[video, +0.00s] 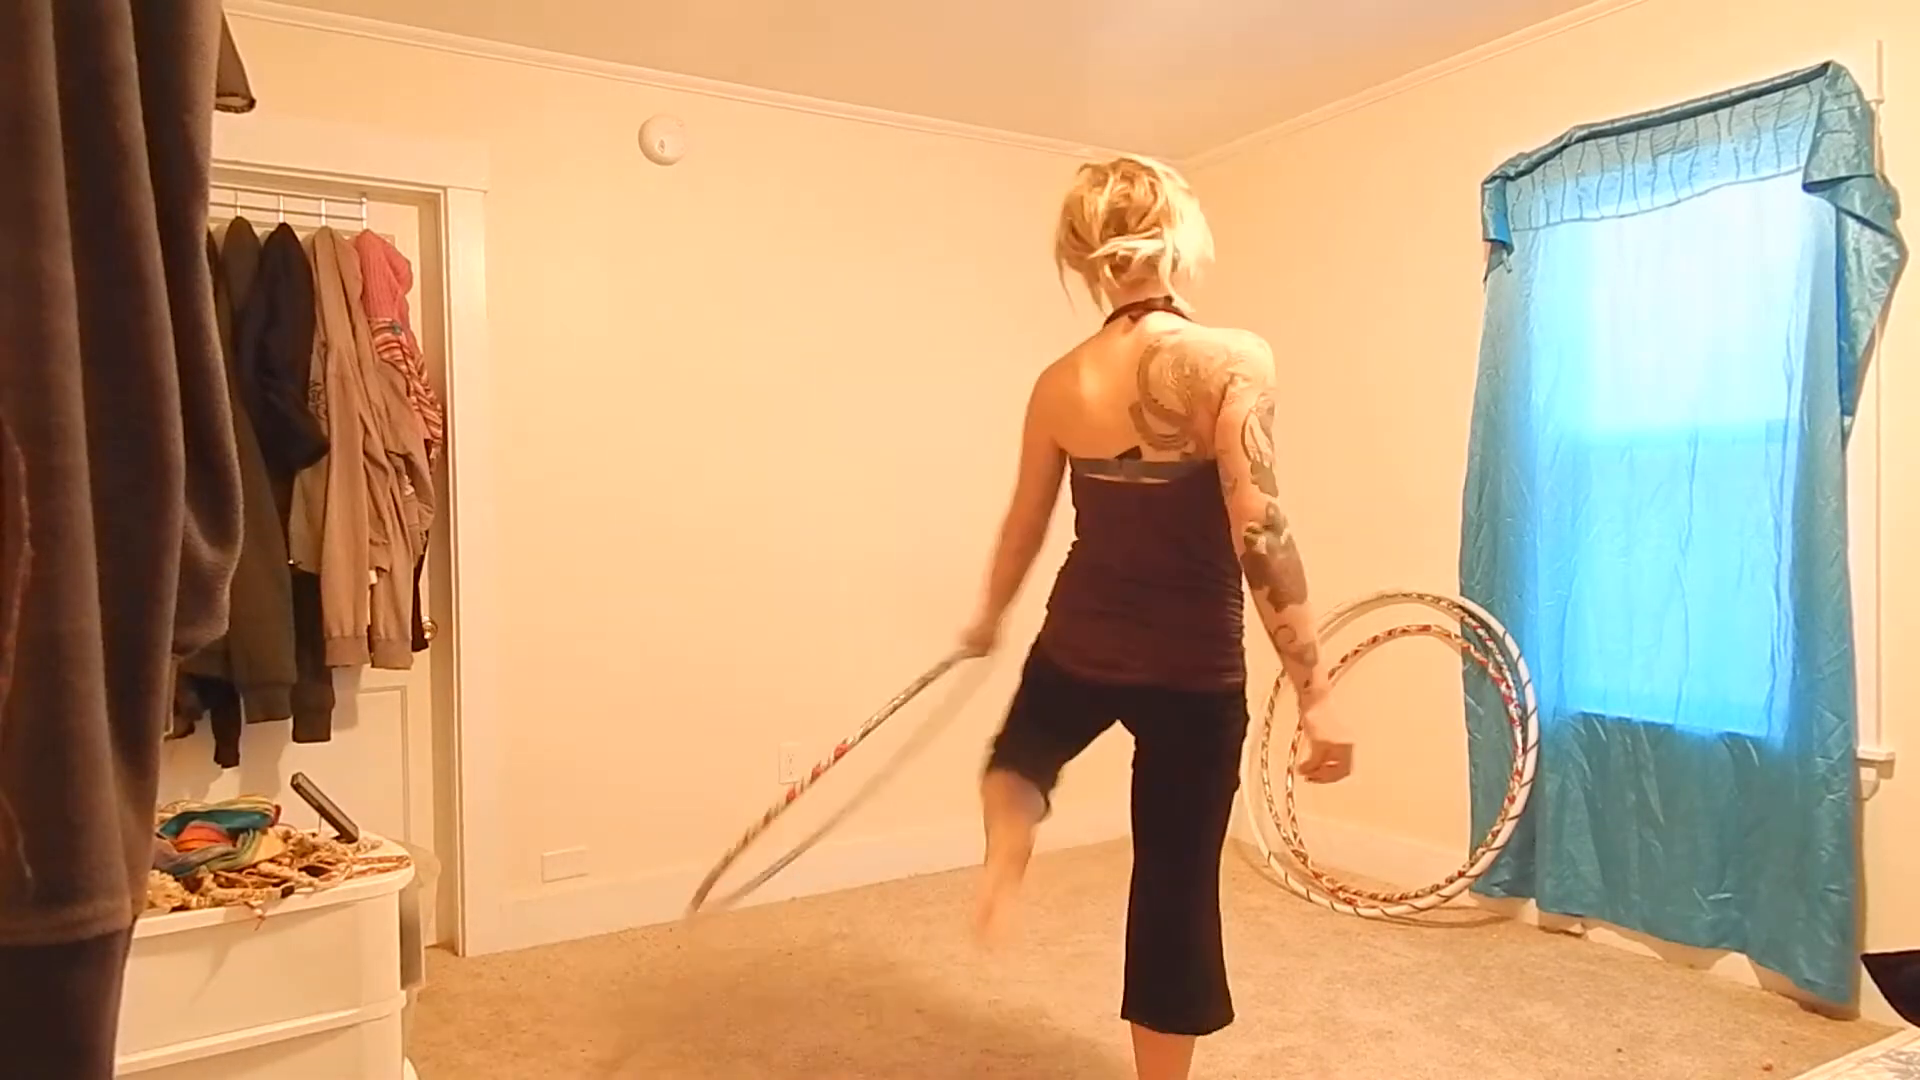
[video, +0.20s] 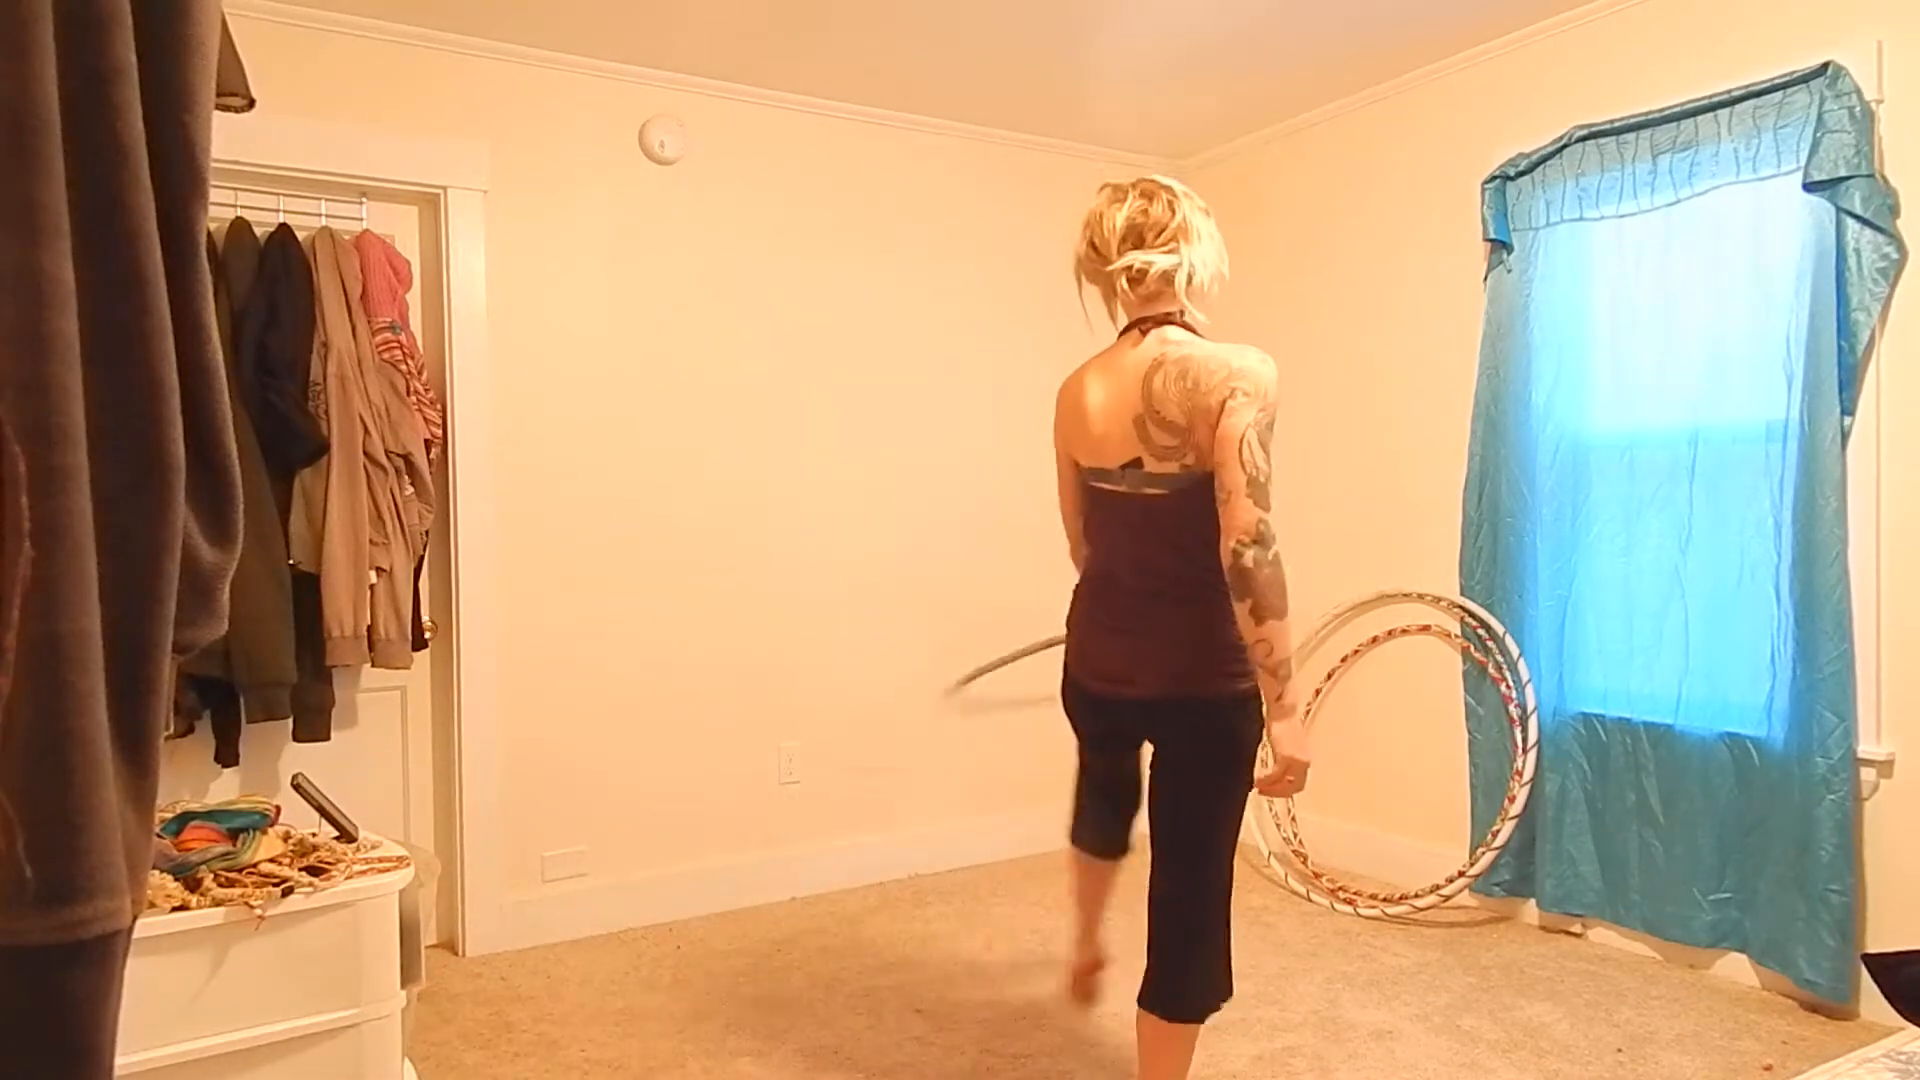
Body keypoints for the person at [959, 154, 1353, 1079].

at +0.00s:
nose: (1194, 246)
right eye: (1188, 231)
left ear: (1088, 259)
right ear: (1184, 244)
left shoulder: (1061, 384)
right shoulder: (1231, 360)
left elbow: (1024, 529)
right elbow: (1258, 531)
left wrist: (986, 619)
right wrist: (1312, 681)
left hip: (1079, 648)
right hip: (1194, 666)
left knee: (1025, 753)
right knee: (1174, 887)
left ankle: (1004, 853)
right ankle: (1161, 1068)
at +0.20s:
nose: (1216, 263)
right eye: (1209, 248)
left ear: (1105, 274)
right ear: (1199, 259)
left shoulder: (1078, 389)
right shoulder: (1235, 372)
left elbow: (1081, 543)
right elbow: (1245, 546)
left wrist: (1133, 622)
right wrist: (1282, 709)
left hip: (1098, 669)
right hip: (1205, 675)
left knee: (1104, 782)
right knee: (1185, 919)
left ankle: (1085, 951)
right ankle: (1162, 1068)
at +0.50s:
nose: (1199, 305)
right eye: (1198, 290)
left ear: (1111, 308)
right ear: (1196, 298)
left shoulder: (1094, 422)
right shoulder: (1215, 409)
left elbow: (1131, 574)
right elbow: (1232, 573)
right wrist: (1285, 718)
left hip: (1137, 700)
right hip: (1214, 697)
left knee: (1193, 915)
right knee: (1207, 933)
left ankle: (1180, 1059)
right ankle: (1155, 1070)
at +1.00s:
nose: (1112, 352)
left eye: (1112, 336)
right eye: (1110, 338)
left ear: (1127, 334)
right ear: (1197, 323)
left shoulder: (1108, 432)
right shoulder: (1254, 413)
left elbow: (1057, 551)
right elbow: (1300, 536)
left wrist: (998, 643)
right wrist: (1325, 643)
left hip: (1159, 656)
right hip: (1251, 643)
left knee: (1203, 811)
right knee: (1311, 769)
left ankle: (1242, 982)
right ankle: (1272, 890)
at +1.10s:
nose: (1109, 355)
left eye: (1109, 338)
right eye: (1106, 339)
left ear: (1129, 333)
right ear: (1189, 324)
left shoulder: (1116, 430)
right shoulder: (1255, 411)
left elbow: (1069, 553)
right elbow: (1315, 525)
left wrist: (1009, 655)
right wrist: (1342, 624)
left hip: (1165, 648)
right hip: (1255, 630)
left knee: (1211, 807)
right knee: (1295, 719)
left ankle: (1246, 985)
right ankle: (1266, 776)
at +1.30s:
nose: (1094, 353)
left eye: (1096, 337)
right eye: (1092, 338)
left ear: (1123, 332)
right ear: (1169, 324)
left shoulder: (1130, 418)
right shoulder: (1226, 399)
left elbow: (1171, 540)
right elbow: (1316, 481)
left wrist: (1183, 646)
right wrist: (1327, 591)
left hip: (1181, 629)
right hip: (1246, 620)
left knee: (1212, 795)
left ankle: (1245, 981)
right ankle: (1262, 765)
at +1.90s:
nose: (1001, 383)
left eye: (1004, 365)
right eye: (999, 367)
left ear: (1041, 354)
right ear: (1052, 356)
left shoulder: (1136, 413)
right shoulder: (1052, 451)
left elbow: (1237, 513)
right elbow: (1028, 543)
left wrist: (1201, 615)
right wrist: (972, 617)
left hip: (1161, 671)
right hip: (1074, 670)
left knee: (1143, 858)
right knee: (1050, 846)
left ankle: (1193, 921)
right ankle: (1081, 1015)